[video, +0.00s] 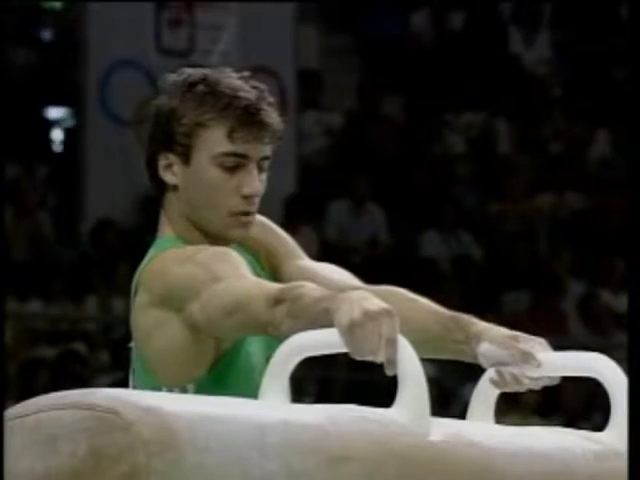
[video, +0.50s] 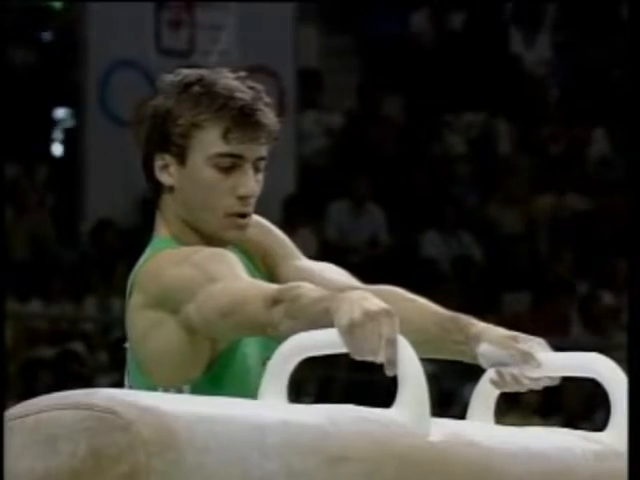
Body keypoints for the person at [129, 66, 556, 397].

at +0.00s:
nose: (254, 186)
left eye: (262, 166)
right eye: (231, 165)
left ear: (271, 163)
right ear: (171, 169)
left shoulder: (255, 238)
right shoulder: (182, 270)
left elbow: (357, 294)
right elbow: (272, 307)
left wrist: (478, 338)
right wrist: (342, 303)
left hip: (248, 467)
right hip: (188, 471)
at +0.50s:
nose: (250, 187)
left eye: (258, 166)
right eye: (227, 166)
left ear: (267, 164)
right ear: (167, 170)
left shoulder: (251, 238)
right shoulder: (177, 271)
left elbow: (355, 294)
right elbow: (270, 307)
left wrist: (480, 338)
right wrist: (341, 304)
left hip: (240, 466)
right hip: (181, 470)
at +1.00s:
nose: (244, 190)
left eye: (253, 170)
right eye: (221, 168)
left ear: (262, 167)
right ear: (162, 171)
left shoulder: (245, 239)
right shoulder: (166, 273)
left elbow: (353, 293)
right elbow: (264, 309)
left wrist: (476, 339)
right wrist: (339, 305)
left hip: (232, 467)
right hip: (168, 471)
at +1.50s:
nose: (243, 183)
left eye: (250, 161)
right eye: (219, 164)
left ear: (258, 157)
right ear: (161, 172)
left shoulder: (268, 210)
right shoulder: (169, 266)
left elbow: (381, 279)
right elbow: (268, 294)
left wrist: (476, 333)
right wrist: (342, 297)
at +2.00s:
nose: (285, 225)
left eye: (293, 211)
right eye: (274, 208)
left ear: (298, 208)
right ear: (226, 195)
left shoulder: (287, 251)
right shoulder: (189, 237)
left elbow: (346, 343)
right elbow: (235, 293)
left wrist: (411, 349)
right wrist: (323, 305)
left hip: (256, 430)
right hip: (181, 429)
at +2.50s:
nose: (360, 191)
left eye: (363, 186)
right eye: (362, 184)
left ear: (332, 163)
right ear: (355, 172)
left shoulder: (293, 173)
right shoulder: (350, 186)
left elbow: (253, 250)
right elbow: (318, 246)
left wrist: (262, 311)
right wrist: (297, 309)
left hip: (228, 210)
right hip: (263, 216)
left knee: (169, 283)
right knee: (202, 294)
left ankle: (109, 369)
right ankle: (122, 373)